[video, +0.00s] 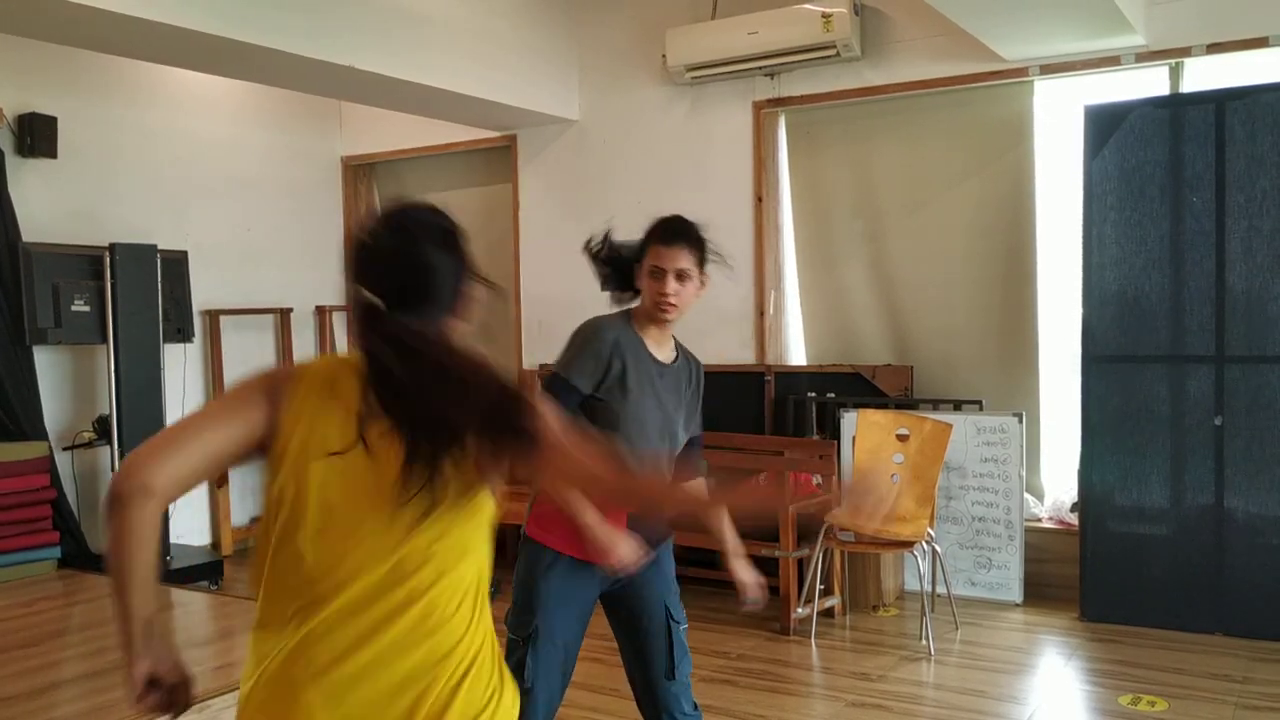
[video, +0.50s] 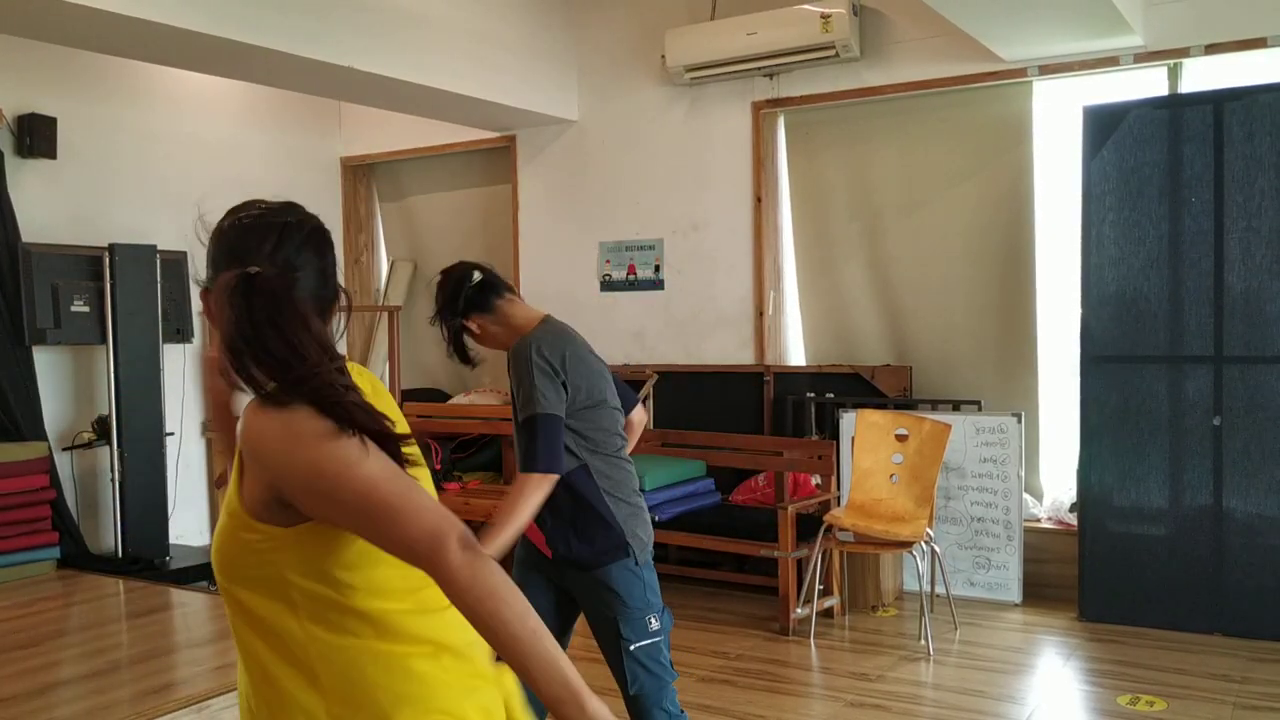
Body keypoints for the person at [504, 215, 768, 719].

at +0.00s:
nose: (667, 288)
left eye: (681, 277)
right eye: (656, 273)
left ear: (699, 286)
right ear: (637, 276)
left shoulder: (689, 370)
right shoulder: (600, 338)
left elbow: (690, 477)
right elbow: (540, 433)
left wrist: (734, 551)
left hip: (645, 546)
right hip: (564, 540)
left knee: (672, 697)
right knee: (533, 693)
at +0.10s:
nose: (611, 275)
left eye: (624, 263)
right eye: (601, 263)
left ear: (656, 270)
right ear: (590, 272)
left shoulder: (684, 360)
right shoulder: (556, 347)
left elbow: (742, 454)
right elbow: (509, 430)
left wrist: (798, 533)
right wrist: (500, 519)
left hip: (643, 551)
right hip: (556, 549)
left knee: (674, 702)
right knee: (525, 695)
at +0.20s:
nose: (513, 297)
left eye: (518, 282)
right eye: (509, 285)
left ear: (553, 273)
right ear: (532, 279)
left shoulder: (628, 348)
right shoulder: (534, 345)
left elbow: (706, 425)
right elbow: (523, 430)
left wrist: (764, 498)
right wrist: (460, 464)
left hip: (628, 542)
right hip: (549, 534)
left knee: (664, 693)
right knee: (519, 689)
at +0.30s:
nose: (479, 333)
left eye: (472, 323)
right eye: (472, 323)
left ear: (481, 322)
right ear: (520, 287)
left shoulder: (560, 357)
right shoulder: (538, 352)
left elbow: (635, 439)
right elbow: (564, 441)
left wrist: (685, 526)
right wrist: (502, 439)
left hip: (619, 543)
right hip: (554, 536)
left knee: (662, 692)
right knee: (529, 679)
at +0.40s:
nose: (477, 349)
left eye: (467, 343)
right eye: (470, 345)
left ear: (471, 331)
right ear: (506, 296)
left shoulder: (535, 358)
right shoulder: (558, 341)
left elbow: (570, 476)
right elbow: (636, 409)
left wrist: (578, 584)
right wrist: (589, 463)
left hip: (613, 551)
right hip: (552, 543)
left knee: (653, 700)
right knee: (517, 671)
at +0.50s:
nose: (477, 345)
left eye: (469, 336)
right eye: (471, 338)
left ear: (473, 324)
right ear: (512, 293)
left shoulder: (534, 350)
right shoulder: (558, 338)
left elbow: (541, 469)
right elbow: (635, 412)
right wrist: (600, 481)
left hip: (608, 541)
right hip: (550, 539)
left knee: (649, 693)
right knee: (519, 680)